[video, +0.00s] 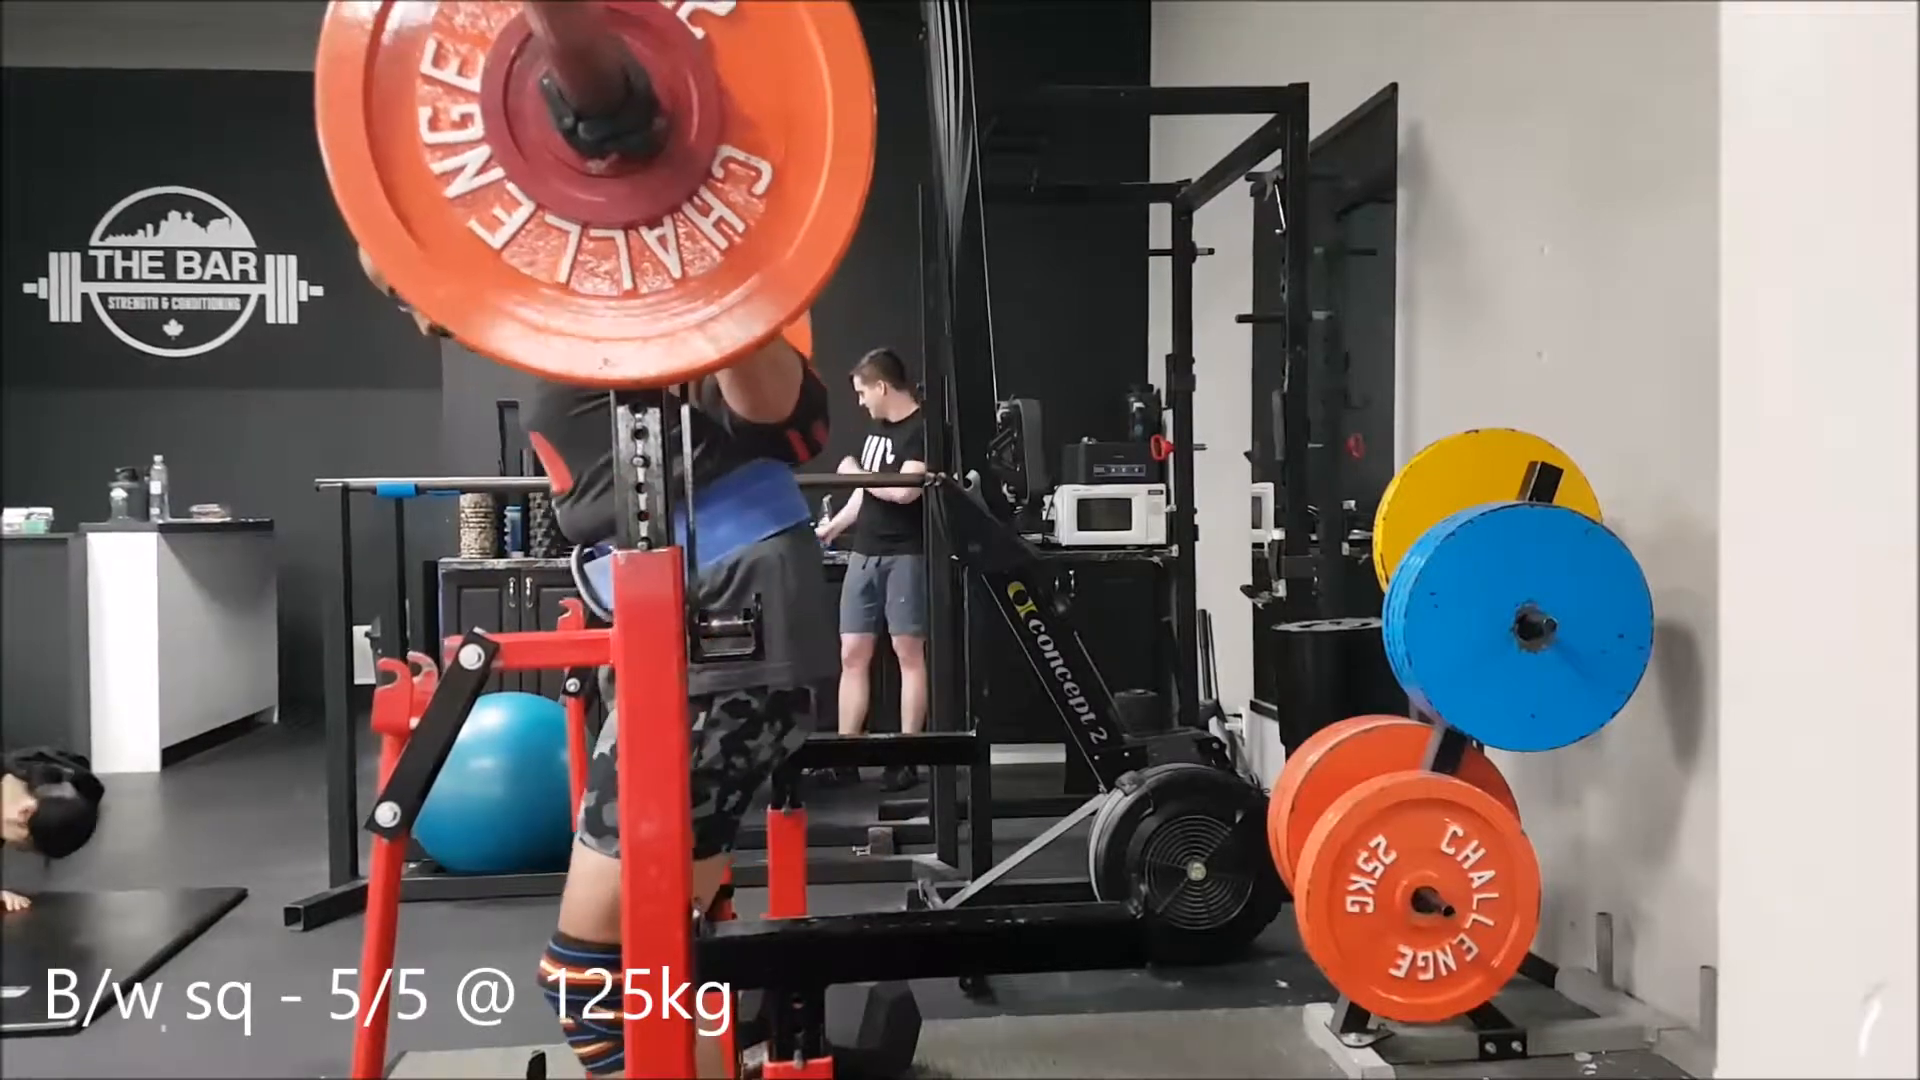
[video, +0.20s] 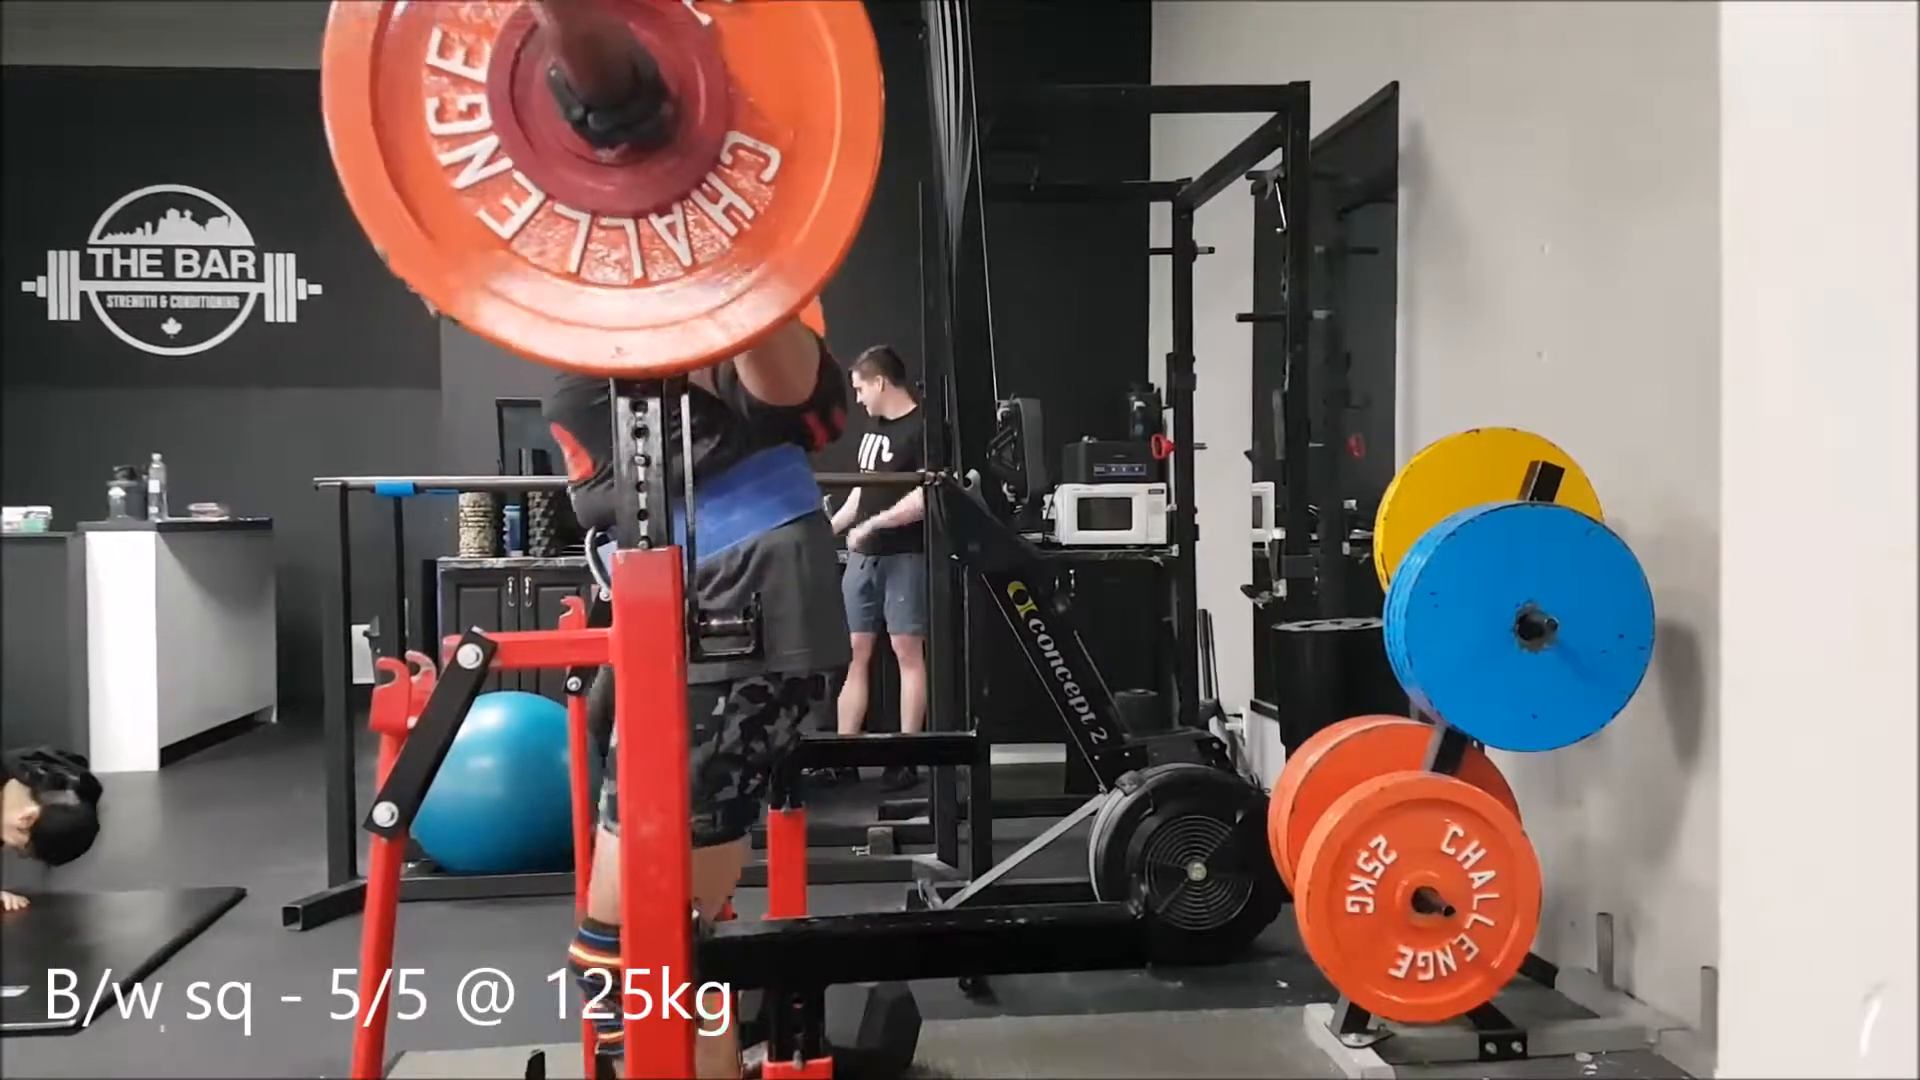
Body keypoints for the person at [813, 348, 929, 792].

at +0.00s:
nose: (861, 403)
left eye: (863, 394)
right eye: (859, 395)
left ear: (883, 387)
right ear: (881, 388)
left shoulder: (925, 427)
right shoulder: (876, 430)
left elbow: (908, 491)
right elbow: (864, 493)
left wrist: (857, 476)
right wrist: (834, 525)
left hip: (906, 554)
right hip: (864, 554)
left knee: (908, 651)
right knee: (853, 653)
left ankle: (908, 755)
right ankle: (845, 754)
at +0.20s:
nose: (857, 398)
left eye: (860, 387)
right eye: (856, 389)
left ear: (881, 382)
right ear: (879, 383)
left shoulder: (929, 428)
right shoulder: (874, 430)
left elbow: (925, 500)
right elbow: (862, 492)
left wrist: (869, 528)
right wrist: (832, 528)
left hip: (906, 554)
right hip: (863, 553)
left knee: (907, 651)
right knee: (858, 650)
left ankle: (907, 756)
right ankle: (843, 754)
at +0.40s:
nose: (857, 398)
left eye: (860, 388)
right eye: (856, 389)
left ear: (880, 382)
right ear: (879, 383)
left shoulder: (926, 428)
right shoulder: (873, 430)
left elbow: (930, 501)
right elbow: (862, 490)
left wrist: (911, 565)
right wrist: (830, 527)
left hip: (900, 558)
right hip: (859, 555)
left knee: (907, 654)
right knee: (855, 651)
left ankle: (907, 755)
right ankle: (845, 752)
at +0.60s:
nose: (859, 398)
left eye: (862, 388)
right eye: (858, 389)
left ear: (881, 383)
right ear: (881, 384)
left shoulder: (927, 429)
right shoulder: (873, 429)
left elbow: (938, 504)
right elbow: (863, 485)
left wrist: (922, 564)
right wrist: (835, 522)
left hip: (902, 558)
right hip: (861, 555)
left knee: (908, 654)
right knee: (854, 652)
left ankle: (908, 756)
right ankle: (844, 754)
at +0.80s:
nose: (861, 399)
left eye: (864, 389)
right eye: (861, 390)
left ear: (883, 384)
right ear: (882, 384)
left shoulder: (928, 430)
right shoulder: (874, 427)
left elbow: (937, 505)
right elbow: (863, 485)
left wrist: (919, 565)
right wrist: (838, 524)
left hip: (904, 559)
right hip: (863, 555)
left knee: (909, 655)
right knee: (854, 652)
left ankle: (908, 756)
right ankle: (844, 754)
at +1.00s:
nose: (862, 398)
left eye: (865, 389)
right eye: (860, 390)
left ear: (883, 382)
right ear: (876, 385)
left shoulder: (927, 429)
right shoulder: (870, 427)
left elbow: (936, 503)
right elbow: (863, 492)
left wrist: (914, 563)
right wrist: (839, 538)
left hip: (904, 557)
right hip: (862, 555)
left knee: (908, 654)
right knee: (856, 656)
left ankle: (909, 754)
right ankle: (842, 752)